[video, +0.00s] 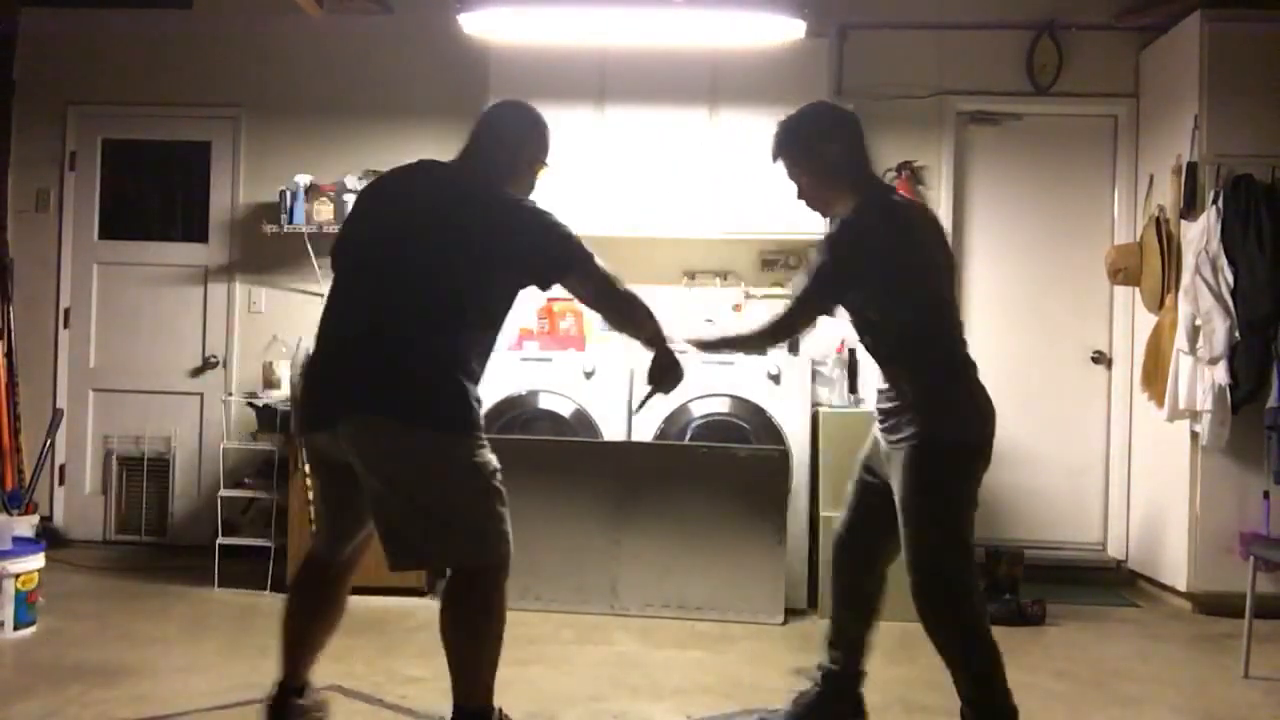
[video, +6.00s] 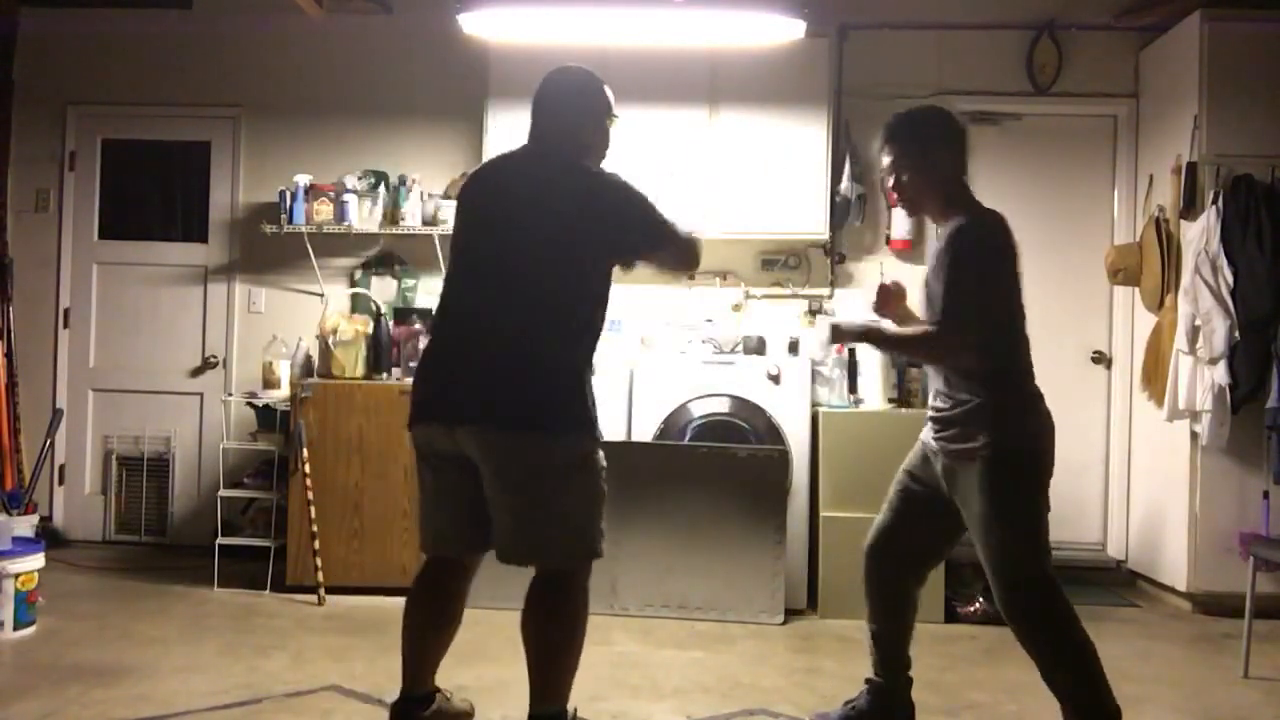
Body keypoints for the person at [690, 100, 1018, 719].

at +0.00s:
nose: (796, 190)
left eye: (797, 174)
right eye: (791, 177)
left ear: (833, 157)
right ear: (844, 156)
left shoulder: (856, 233)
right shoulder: (910, 215)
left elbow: (780, 330)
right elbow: (941, 309)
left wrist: (697, 343)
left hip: (939, 427)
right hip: (901, 421)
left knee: (942, 595)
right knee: (856, 553)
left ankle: (992, 714)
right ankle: (838, 692)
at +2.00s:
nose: (857, 178)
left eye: (864, 161)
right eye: (853, 165)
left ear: (909, 153)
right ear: (891, 162)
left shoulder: (982, 229)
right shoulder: (892, 246)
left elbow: (964, 334)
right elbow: (869, 350)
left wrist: (885, 269)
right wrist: (842, 283)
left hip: (971, 445)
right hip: (899, 438)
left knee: (1001, 601)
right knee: (843, 566)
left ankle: (1058, 716)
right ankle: (847, 699)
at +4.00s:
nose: (851, 187)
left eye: (858, 171)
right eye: (848, 173)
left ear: (896, 165)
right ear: (912, 166)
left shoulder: (904, 247)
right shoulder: (962, 228)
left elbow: (838, 327)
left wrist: (790, 358)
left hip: (1004, 434)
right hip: (962, 428)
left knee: (1017, 600)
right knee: (924, 560)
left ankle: (1076, 715)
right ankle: (915, 697)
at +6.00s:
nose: (888, 185)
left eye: (898, 169)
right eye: (886, 172)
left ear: (939, 164)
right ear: (932, 171)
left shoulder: (975, 235)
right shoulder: (950, 236)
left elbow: (960, 347)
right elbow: (958, 334)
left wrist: (872, 337)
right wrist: (906, 314)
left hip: (998, 443)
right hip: (945, 438)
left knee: (1026, 598)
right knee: (887, 559)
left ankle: (1097, 715)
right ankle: (889, 695)